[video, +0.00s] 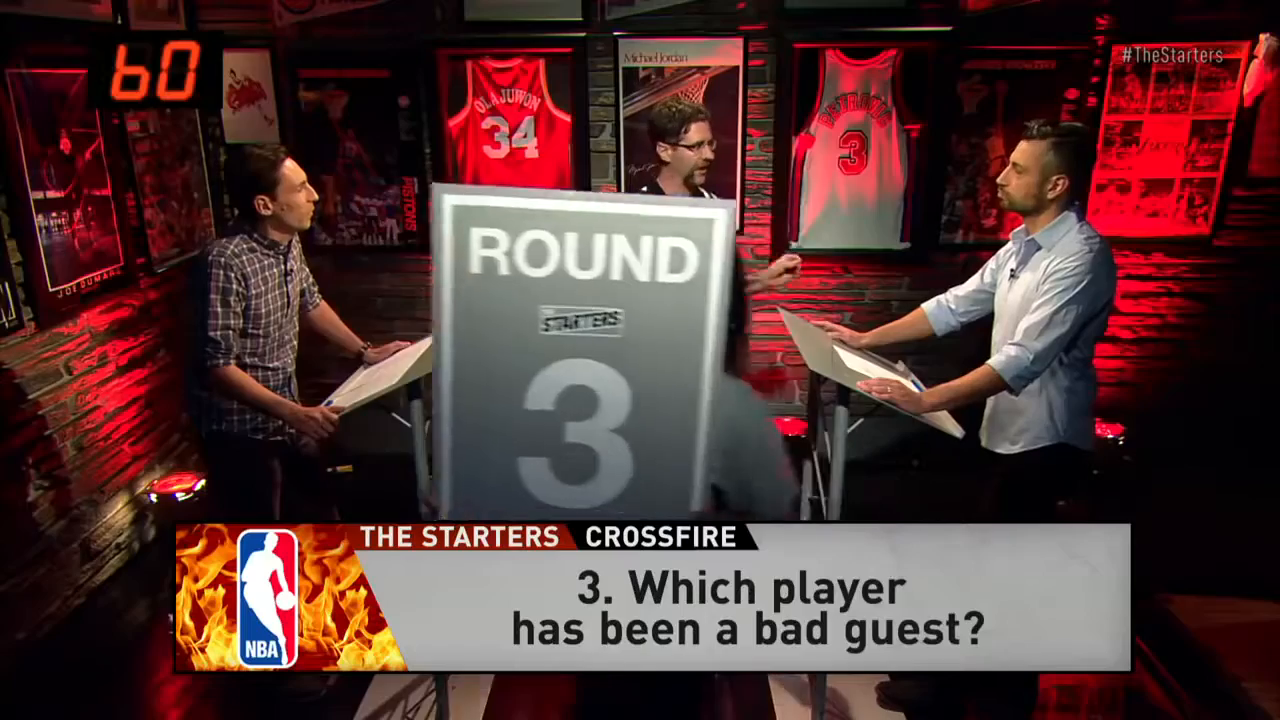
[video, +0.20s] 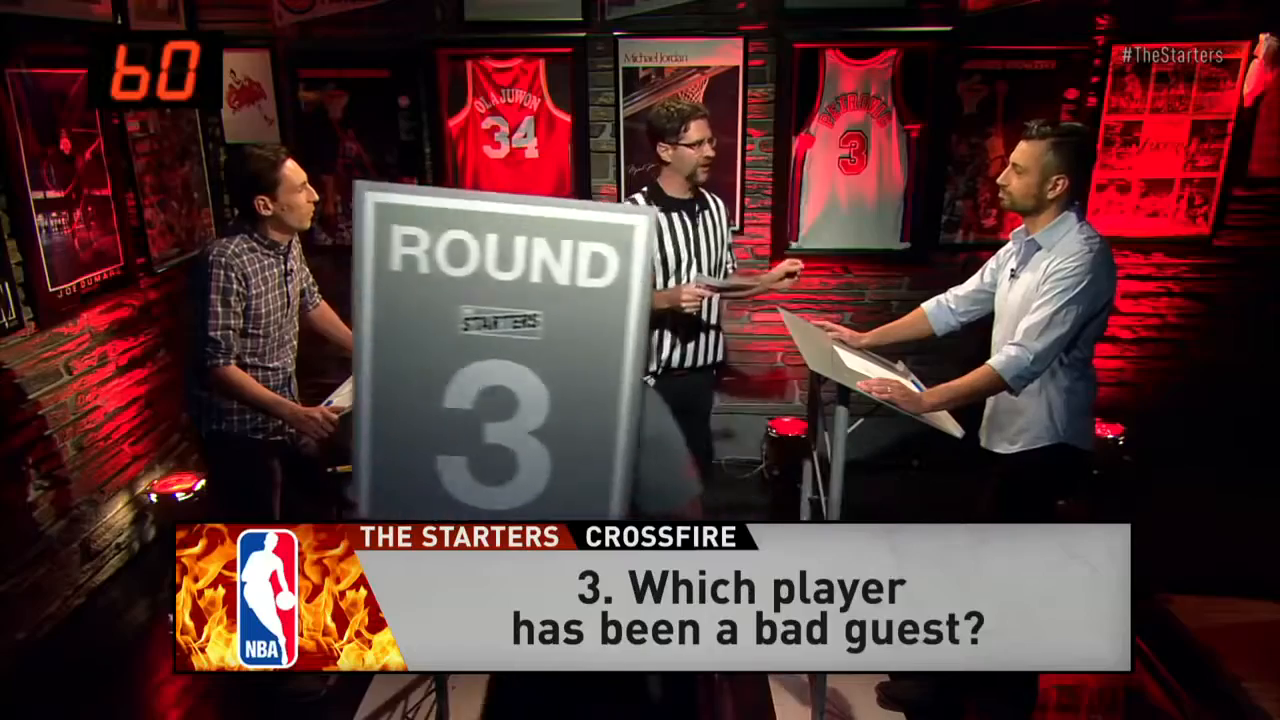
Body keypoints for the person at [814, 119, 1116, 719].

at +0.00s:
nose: (1002, 176)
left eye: (1016, 170)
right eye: (1007, 165)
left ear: (1055, 189)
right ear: (1044, 186)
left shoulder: (1083, 258)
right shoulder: (1025, 244)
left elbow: (1023, 358)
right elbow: (954, 306)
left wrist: (928, 398)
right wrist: (867, 339)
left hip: (1043, 446)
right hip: (1000, 433)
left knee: (1009, 579)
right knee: (973, 562)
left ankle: (999, 704)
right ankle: (940, 683)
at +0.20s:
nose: (1001, 177)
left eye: (1016, 170)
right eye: (1006, 165)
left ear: (1055, 189)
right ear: (1044, 186)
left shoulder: (1083, 258)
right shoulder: (1025, 243)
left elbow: (1023, 359)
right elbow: (954, 306)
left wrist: (928, 398)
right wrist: (867, 339)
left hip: (1042, 446)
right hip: (1000, 433)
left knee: (1009, 579)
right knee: (973, 563)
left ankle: (999, 704)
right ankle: (940, 683)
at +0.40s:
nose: (1002, 178)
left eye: (1016, 171)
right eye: (1006, 166)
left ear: (1055, 189)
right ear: (1043, 186)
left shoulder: (1082, 258)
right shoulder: (1025, 243)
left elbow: (1024, 359)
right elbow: (954, 306)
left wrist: (928, 398)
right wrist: (867, 339)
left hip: (1043, 446)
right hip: (1001, 433)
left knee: (1008, 579)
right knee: (973, 563)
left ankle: (1000, 703)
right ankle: (941, 685)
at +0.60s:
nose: (1002, 179)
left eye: (1016, 172)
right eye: (1006, 167)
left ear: (1056, 189)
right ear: (1044, 186)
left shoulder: (1083, 259)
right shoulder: (1026, 244)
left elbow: (1024, 359)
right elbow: (954, 306)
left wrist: (928, 398)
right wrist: (867, 339)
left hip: (1043, 446)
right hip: (1000, 433)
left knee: (1008, 579)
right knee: (973, 562)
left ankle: (1000, 703)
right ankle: (940, 684)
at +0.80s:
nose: (1003, 178)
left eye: (1017, 171)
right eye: (1007, 167)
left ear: (1057, 189)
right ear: (1045, 186)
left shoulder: (1083, 260)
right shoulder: (1026, 243)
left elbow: (1024, 359)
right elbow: (955, 306)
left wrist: (928, 398)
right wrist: (868, 339)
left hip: (1043, 447)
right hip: (1000, 434)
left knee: (1008, 579)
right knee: (972, 563)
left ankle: (1000, 703)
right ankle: (940, 684)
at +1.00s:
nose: (1003, 178)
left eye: (1018, 171)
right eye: (1008, 166)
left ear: (1057, 189)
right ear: (1045, 186)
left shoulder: (1084, 260)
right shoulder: (1025, 244)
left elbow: (1024, 360)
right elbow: (954, 306)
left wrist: (927, 398)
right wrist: (868, 339)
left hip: (1043, 446)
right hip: (1001, 433)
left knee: (1007, 579)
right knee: (973, 563)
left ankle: (996, 704)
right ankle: (939, 683)